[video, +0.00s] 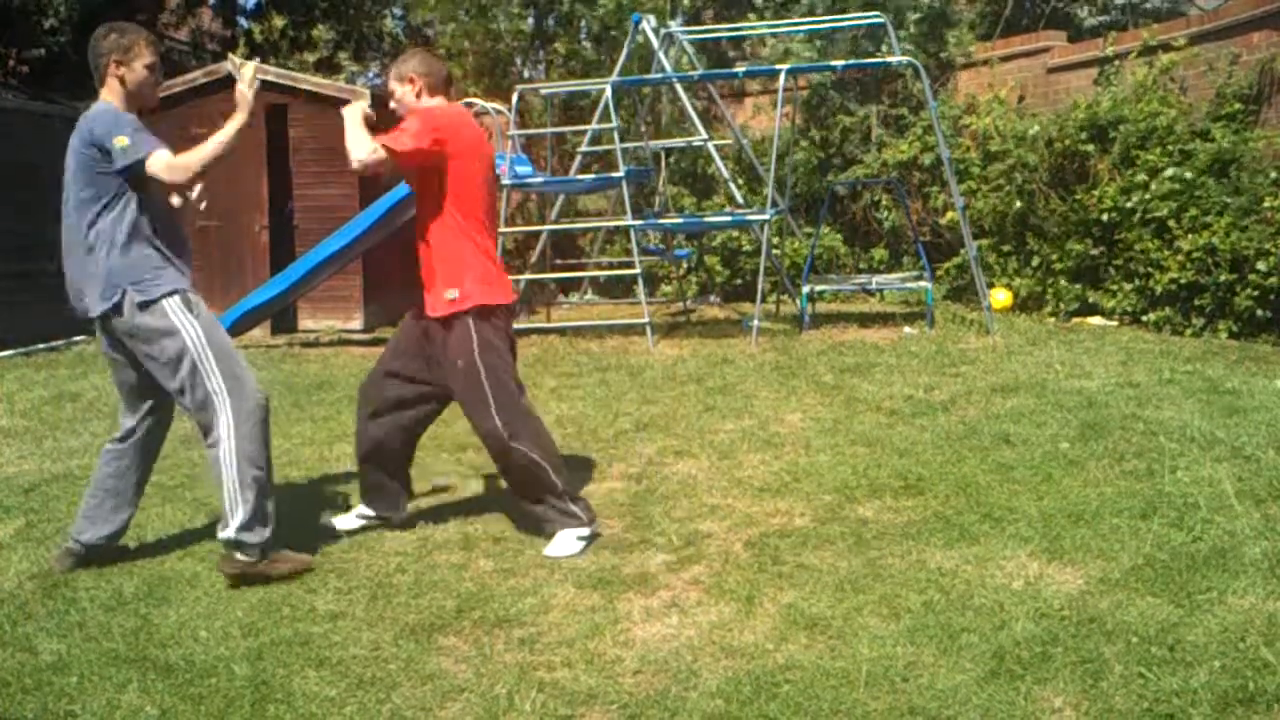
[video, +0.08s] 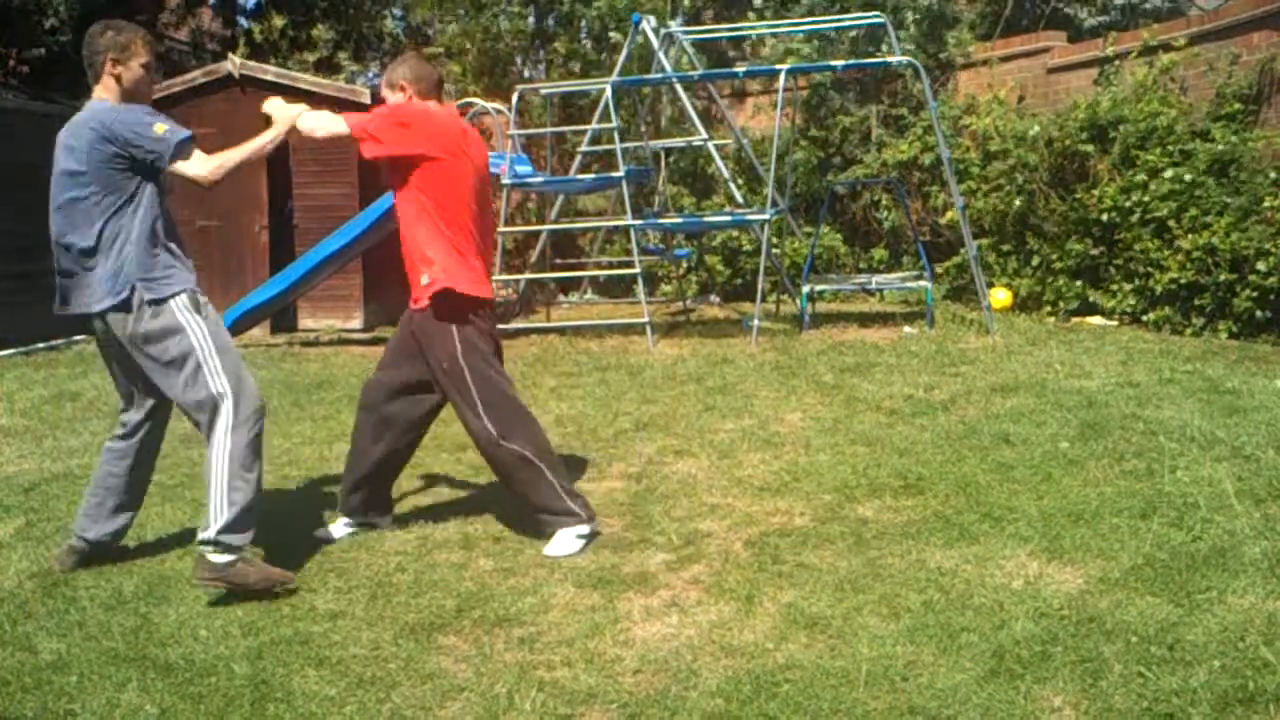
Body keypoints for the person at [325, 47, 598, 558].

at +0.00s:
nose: (394, 104)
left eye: (396, 94)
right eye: (393, 95)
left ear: (415, 86)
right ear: (437, 87)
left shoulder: (442, 121)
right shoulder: (466, 128)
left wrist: (353, 117)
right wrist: (377, 125)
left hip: (470, 299)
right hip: (440, 302)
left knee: (501, 416)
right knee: (383, 397)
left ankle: (569, 518)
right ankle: (383, 504)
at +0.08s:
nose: (385, 105)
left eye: (387, 97)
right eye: (385, 99)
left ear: (403, 91)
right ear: (433, 93)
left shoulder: (416, 117)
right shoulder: (468, 137)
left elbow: (318, 126)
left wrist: (285, 109)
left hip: (449, 300)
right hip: (438, 301)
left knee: (493, 415)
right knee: (386, 400)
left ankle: (569, 519)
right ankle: (363, 511)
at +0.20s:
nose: (361, 102)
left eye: (365, 93)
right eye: (361, 93)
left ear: (388, 91)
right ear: (407, 93)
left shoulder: (383, 124)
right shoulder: (442, 138)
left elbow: (323, 186)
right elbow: (454, 216)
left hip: (421, 297)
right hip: (415, 298)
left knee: (472, 406)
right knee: (360, 398)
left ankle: (558, 511)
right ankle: (363, 513)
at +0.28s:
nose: (341, 89)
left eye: (349, 80)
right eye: (343, 80)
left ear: (378, 84)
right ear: (380, 85)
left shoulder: (387, 122)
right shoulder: (404, 124)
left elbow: (376, 209)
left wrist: (330, 244)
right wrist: (358, 140)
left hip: (421, 291)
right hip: (389, 296)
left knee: (455, 401)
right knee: (354, 398)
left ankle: (543, 507)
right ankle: (362, 514)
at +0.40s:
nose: (343, 77)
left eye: (352, 67)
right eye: (340, 69)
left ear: (386, 72)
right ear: (345, 79)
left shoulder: (416, 114)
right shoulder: (341, 125)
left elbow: (437, 182)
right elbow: (287, 144)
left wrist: (370, 189)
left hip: (425, 283)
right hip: (371, 289)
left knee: (438, 400)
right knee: (348, 395)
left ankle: (508, 503)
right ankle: (360, 510)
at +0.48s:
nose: (352, 77)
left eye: (361, 67)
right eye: (350, 70)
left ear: (394, 70)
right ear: (353, 77)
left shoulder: (433, 116)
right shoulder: (348, 120)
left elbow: (437, 181)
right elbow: (298, 134)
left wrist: (373, 151)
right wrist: (268, 113)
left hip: (426, 289)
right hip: (368, 293)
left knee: (442, 398)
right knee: (346, 397)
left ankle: (511, 497)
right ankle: (359, 512)